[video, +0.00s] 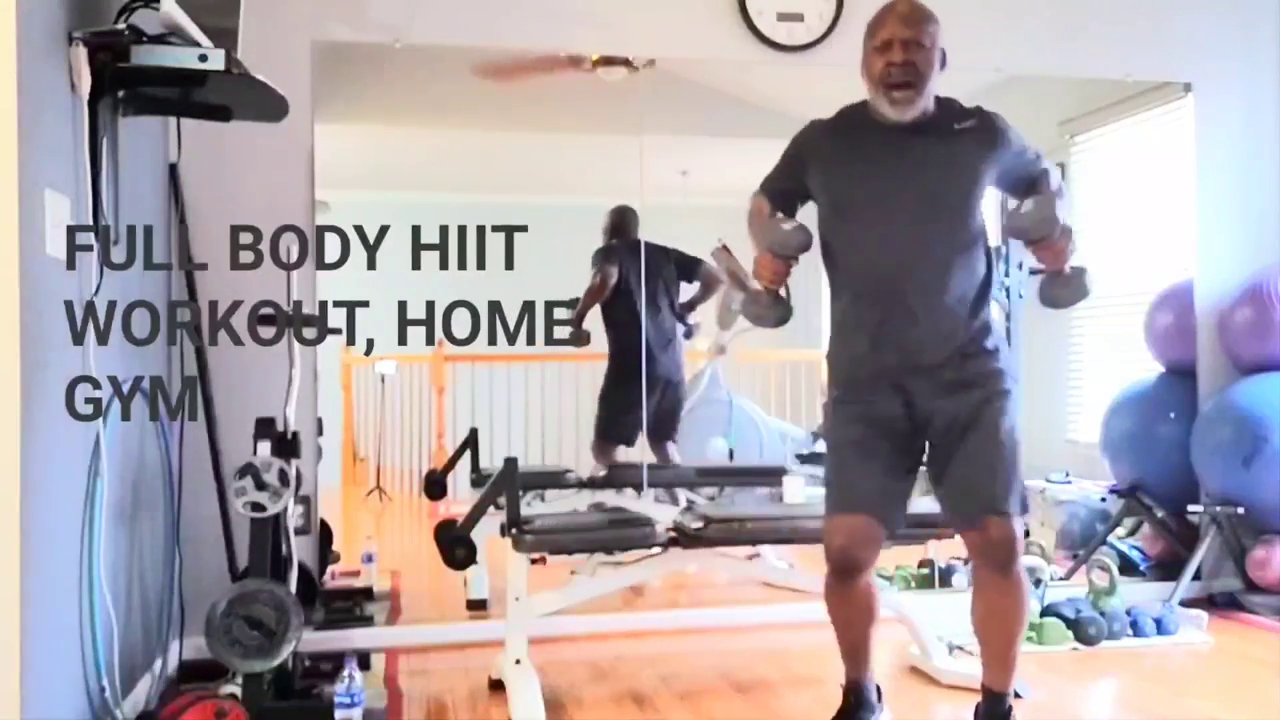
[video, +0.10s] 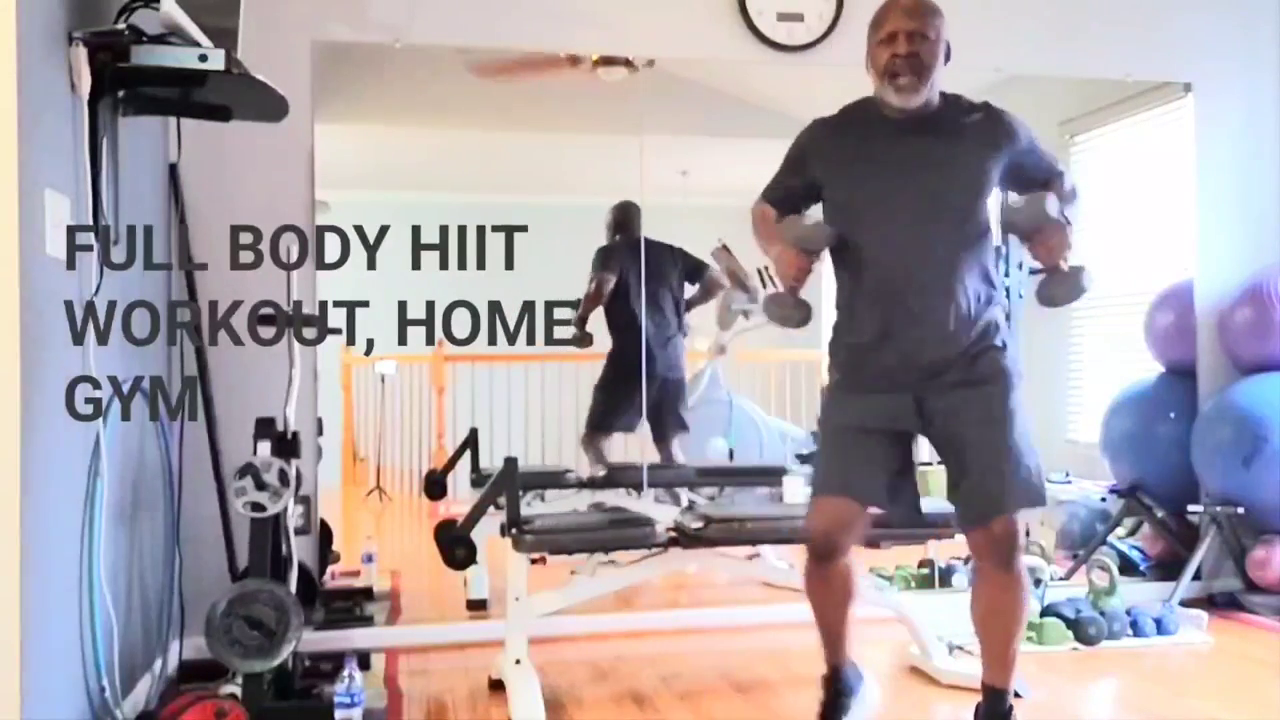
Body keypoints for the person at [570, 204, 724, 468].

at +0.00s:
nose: (604, 231)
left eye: (606, 227)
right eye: (605, 228)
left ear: (610, 229)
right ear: (636, 229)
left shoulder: (609, 252)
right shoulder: (664, 253)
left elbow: (606, 280)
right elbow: (714, 279)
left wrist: (578, 317)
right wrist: (690, 305)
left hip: (631, 367)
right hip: (671, 368)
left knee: (604, 448)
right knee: (662, 440)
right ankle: (683, 504)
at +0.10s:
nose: (607, 230)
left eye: (608, 226)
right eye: (608, 226)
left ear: (613, 226)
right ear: (640, 225)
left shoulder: (611, 252)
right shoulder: (669, 252)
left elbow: (602, 287)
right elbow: (717, 283)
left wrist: (581, 319)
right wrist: (685, 305)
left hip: (629, 362)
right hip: (671, 364)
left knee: (592, 439)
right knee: (668, 443)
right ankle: (685, 506)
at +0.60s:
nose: (570, 273)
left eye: (571, 270)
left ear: (573, 273)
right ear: (599, 272)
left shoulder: (563, 307)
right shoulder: (632, 303)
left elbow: (544, 362)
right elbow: (654, 355)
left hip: (588, 398)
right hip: (633, 397)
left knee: (535, 454)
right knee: (656, 459)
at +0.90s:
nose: (544, 230)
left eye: (543, 225)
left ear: (540, 226)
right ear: (568, 223)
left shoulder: (535, 254)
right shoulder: (593, 250)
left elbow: (509, 289)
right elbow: (632, 272)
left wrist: (510, 320)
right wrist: (627, 316)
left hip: (547, 350)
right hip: (586, 350)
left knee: (533, 428)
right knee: (584, 426)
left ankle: (529, 486)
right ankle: (587, 480)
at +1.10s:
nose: (540, 220)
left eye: (539, 215)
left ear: (537, 218)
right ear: (566, 217)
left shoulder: (525, 251)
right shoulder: (591, 251)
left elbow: (500, 297)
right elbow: (634, 288)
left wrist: (507, 319)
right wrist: (599, 306)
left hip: (535, 347)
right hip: (576, 350)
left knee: (523, 432)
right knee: (572, 431)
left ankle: (525, 497)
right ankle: (584, 487)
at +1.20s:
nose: (535, 216)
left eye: (533, 211)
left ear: (533, 215)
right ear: (562, 214)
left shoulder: (519, 248)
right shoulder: (587, 249)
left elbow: (494, 301)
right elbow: (614, 301)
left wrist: (517, 306)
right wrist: (582, 304)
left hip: (530, 347)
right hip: (573, 351)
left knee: (505, 430)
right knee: (572, 431)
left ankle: (503, 494)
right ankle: (583, 490)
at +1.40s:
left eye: (520, 249)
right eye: (535, 249)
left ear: (513, 252)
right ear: (542, 251)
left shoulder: (498, 286)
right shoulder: (562, 284)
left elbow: (479, 344)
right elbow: (579, 335)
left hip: (514, 378)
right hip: (558, 378)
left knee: (476, 427)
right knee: (578, 448)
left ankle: (446, 478)